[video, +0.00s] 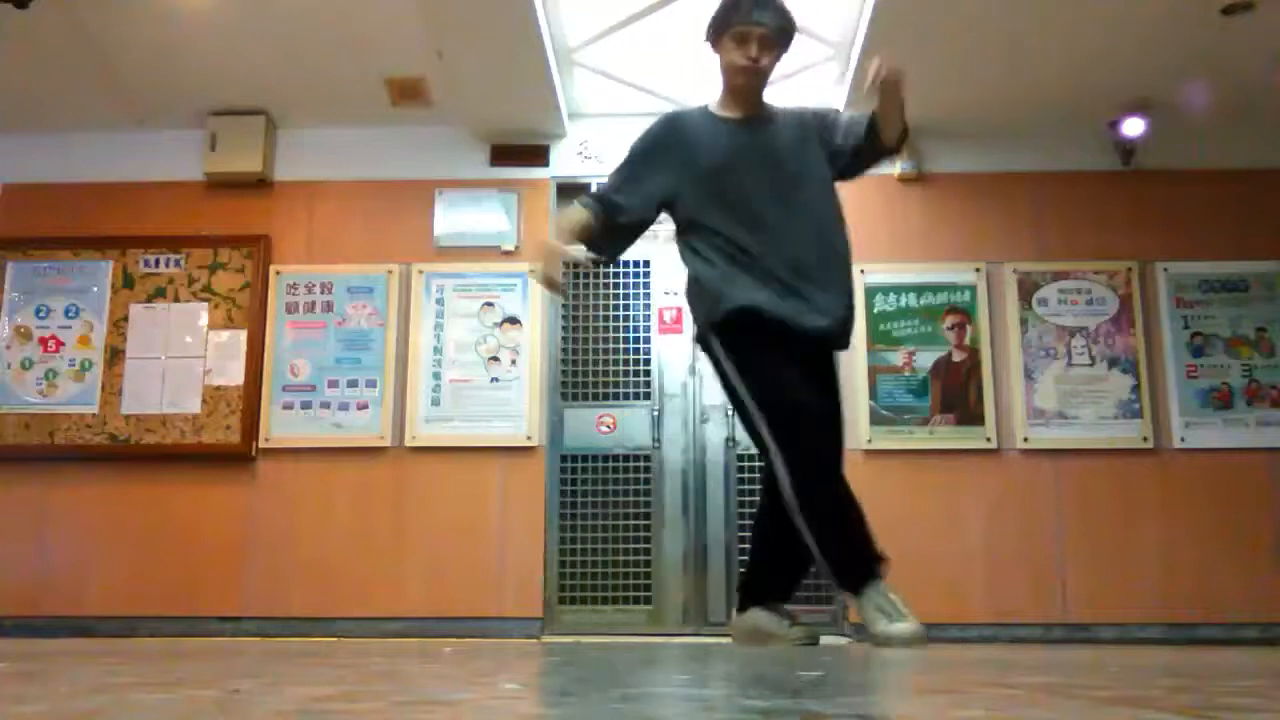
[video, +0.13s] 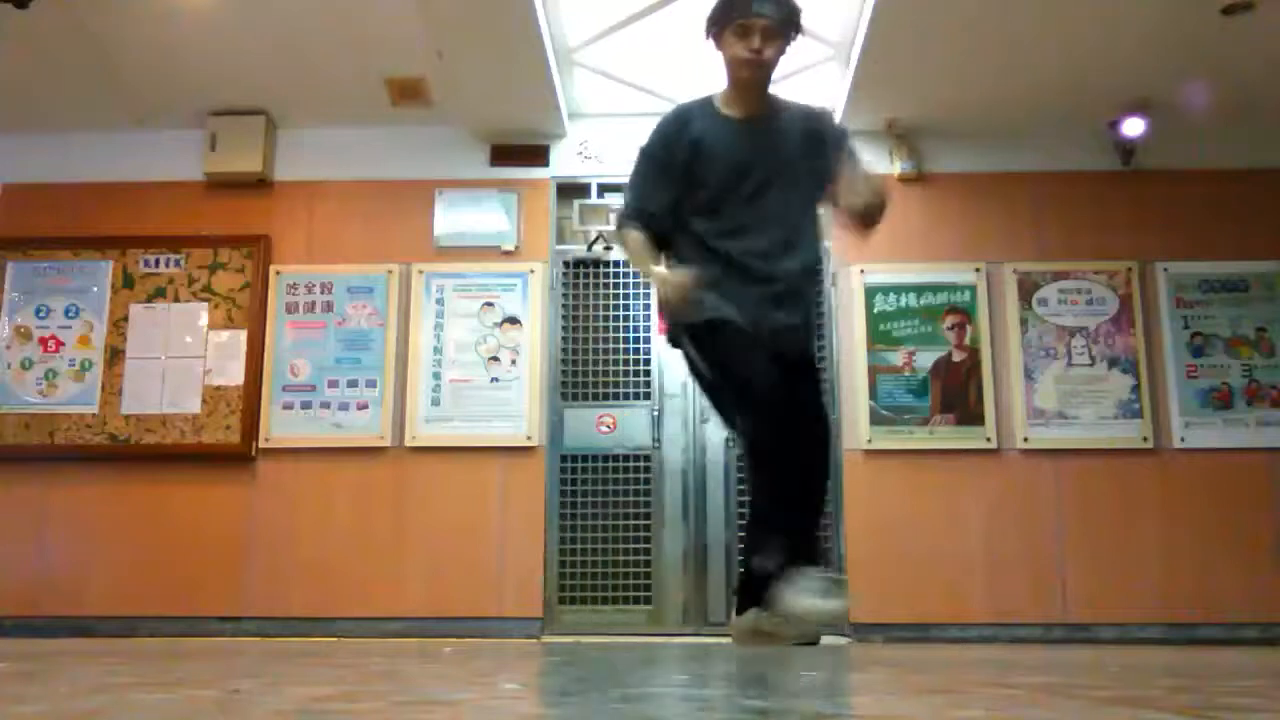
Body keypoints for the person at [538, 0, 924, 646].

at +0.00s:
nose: (754, 55)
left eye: (766, 45)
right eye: (741, 41)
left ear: (780, 54)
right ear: (716, 46)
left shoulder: (807, 130)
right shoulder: (681, 134)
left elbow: (880, 140)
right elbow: (611, 212)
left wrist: (888, 99)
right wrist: (561, 237)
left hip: (811, 315)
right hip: (735, 312)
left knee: (809, 452)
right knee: (797, 441)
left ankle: (760, 606)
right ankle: (867, 586)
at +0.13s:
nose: (757, 48)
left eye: (770, 37)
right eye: (744, 34)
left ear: (785, 46)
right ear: (719, 39)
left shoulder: (811, 131)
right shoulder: (684, 129)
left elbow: (861, 207)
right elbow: (631, 227)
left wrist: (867, 196)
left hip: (787, 312)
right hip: (709, 306)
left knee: (801, 444)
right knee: (773, 419)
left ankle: (760, 603)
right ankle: (788, 573)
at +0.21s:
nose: (756, 49)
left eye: (770, 38)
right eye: (744, 36)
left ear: (786, 53)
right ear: (719, 46)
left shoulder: (807, 139)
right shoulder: (686, 133)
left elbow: (835, 223)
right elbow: (636, 229)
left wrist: (851, 255)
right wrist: (693, 243)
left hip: (773, 319)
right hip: (698, 314)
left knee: (802, 457)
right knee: (729, 419)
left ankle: (764, 605)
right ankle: (735, 566)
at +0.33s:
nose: (751, 68)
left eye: (764, 58)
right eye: (739, 55)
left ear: (781, 69)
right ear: (714, 60)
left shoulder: (801, 157)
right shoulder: (674, 146)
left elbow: (837, 243)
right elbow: (622, 229)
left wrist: (898, 266)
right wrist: (652, 178)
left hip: (762, 338)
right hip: (682, 324)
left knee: (793, 469)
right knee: (675, 425)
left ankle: (760, 609)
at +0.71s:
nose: (746, 112)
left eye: (759, 100)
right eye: (735, 98)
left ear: (780, 88)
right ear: (715, 82)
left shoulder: (808, 141)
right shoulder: (677, 142)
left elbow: (861, 225)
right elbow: (641, 227)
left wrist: (859, 258)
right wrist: (683, 268)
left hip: (776, 335)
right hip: (698, 336)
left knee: (774, 463)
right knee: (709, 457)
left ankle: (762, 602)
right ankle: (717, 594)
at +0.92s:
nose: (735, 139)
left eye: (749, 126)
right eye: (726, 123)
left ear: (774, 118)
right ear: (709, 111)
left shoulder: (809, 164)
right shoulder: (679, 165)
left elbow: (848, 263)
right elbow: (636, 263)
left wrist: (866, 328)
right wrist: (656, 305)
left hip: (777, 352)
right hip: (697, 343)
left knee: (778, 479)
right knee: (647, 446)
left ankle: (757, 607)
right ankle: (612, 579)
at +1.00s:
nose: (736, 147)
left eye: (750, 134)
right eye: (726, 131)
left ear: (773, 123)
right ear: (708, 117)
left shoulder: (807, 178)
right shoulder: (676, 175)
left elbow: (863, 247)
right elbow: (612, 228)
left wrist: (932, 305)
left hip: (775, 362)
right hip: (692, 355)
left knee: (778, 484)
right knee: (626, 458)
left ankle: (756, 609)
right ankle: (565, 586)